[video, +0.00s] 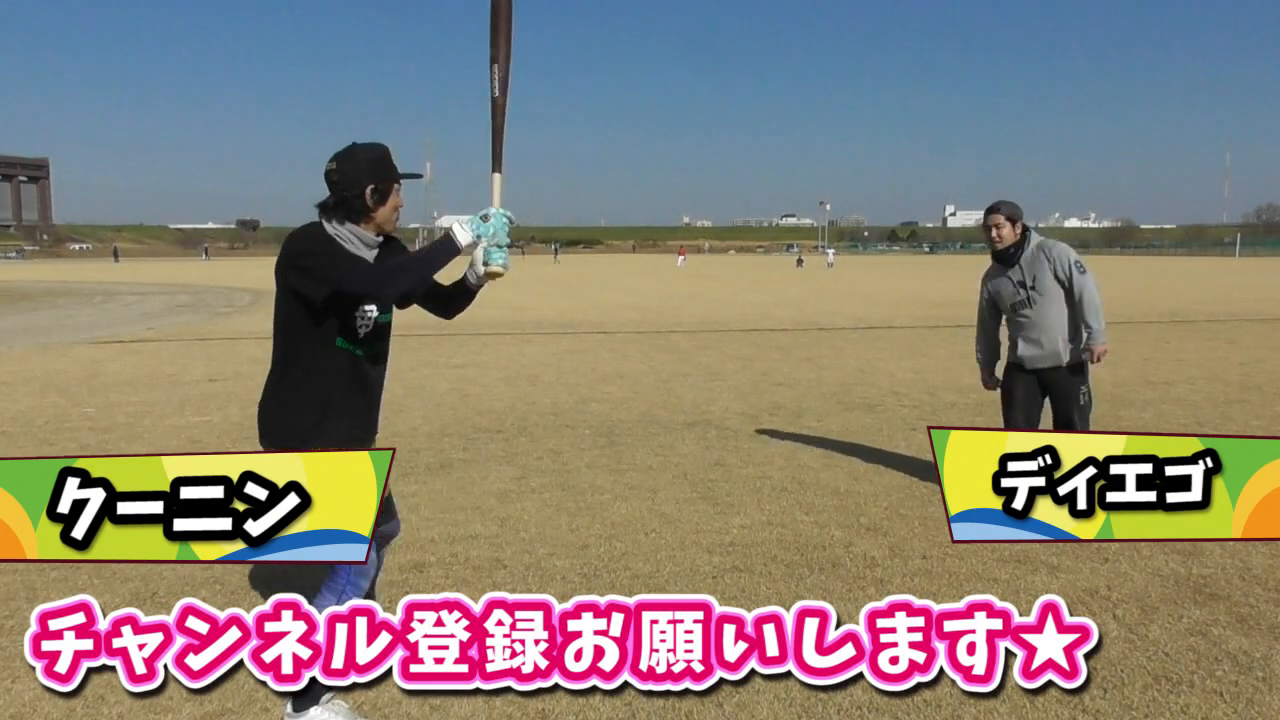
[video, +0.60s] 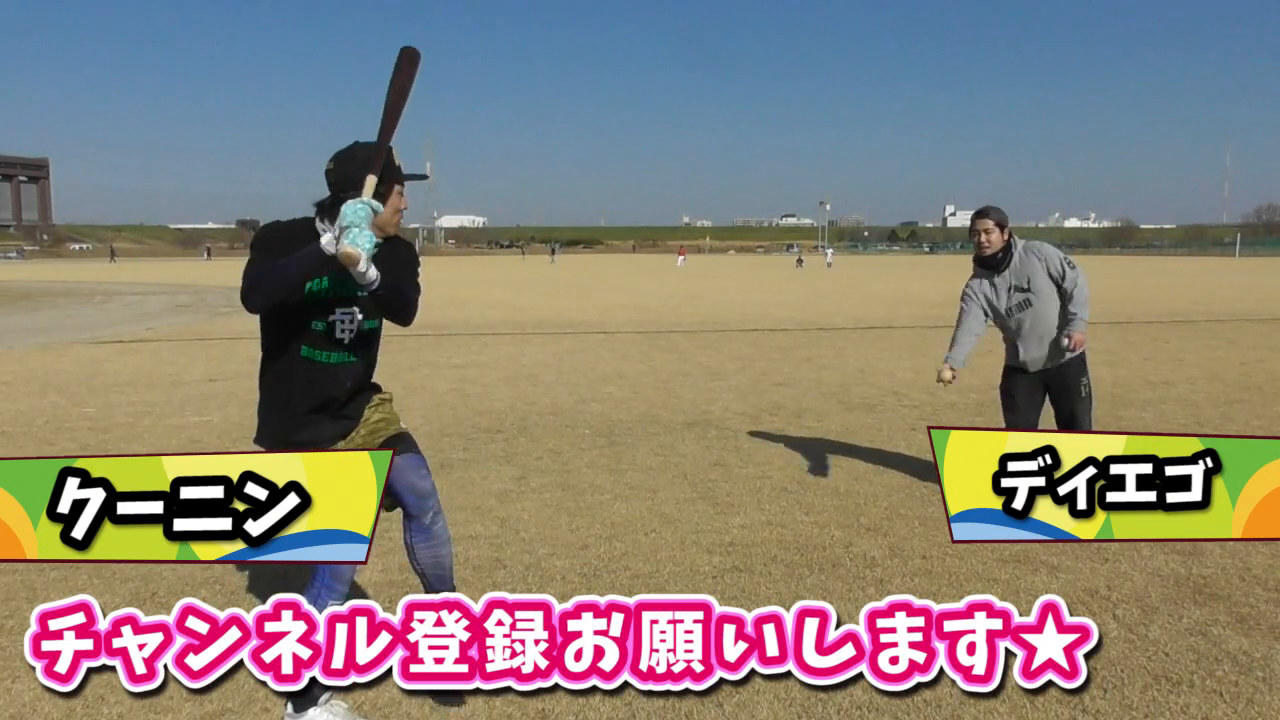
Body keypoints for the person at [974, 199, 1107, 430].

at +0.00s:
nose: (993, 234)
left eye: (999, 227)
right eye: (988, 229)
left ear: (1017, 227)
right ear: (985, 232)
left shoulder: (1055, 253)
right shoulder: (993, 278)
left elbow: (1086, 290)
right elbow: (987, 327)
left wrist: (1095, 336)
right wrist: (987, 366)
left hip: (1066, 364)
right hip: (1022, 368)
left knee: (1073, 440)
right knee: (1017, 438)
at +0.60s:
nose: (981, 239)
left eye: (988, 232)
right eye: (975, 233)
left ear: (1005, 234)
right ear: (971, 237)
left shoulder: (1040, 254)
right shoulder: (978, 286)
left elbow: (1076, 283)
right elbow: (967, 327)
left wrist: (1078, 326)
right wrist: (952, 363)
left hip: (1065, 361)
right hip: (1021, 368)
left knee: (1079, 438)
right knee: (1018, 440)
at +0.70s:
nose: (984, 238)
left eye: (990, 231)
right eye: (978, 233)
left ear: (1006, 231)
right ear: (972, 238)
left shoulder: (1041, 253)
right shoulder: (978, 281)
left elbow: (1077, 284)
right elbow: (965, 308)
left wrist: (1090, 325)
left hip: (1066, 361)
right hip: (1021, 368)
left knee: (1079, 436)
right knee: (1019, 438)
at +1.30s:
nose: (1026, 233)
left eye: (1033, 226)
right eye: (1020, 226)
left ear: (1049, 226)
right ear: (1013, 226)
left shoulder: (1071, 263)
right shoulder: (999, 265)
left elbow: (1086, 312)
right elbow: (981, 311)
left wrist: (1083, 355)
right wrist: (978, 353)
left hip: (1061, 369)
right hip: (1014, 372)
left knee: (1077, 442)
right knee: (1013, 442)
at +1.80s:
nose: (1060, 258)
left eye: (1068, 252)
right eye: (1055, 249)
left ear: (1081, 248)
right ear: (1047, 239)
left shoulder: (1090, 275)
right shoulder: (1019, 265)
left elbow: (1090, 323)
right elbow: (1000, 308)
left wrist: (1066, 359)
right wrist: (1005, 351)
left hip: (1060, 370)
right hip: (1015, 370)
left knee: (1076, 442)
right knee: (1013, 443)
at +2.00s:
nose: (1065, 290)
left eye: (1072, 286)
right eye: (1060, 284)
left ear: (1082, 280)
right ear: (1049, 271)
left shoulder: (1089, 294)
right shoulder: (1018, 281)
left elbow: (1093, 342)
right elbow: (999, 325)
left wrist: (1082, 388)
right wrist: (1003, 370)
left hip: (1058, 373)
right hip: (1014, 371)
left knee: (1076, 439)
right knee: (1011, 441)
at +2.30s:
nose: (1055, 334)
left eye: (1062, 330)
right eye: (1050, 329)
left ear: (1073, 322)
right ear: (1038, 314)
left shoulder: (1085, 325)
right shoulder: (1013, 309)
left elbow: (1081, 377)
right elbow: (992, 347)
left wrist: (1065, 425)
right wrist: (990, 387)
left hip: (1058, 377)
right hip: (1016, 376)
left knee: (1077, 430)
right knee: (1010, 429)